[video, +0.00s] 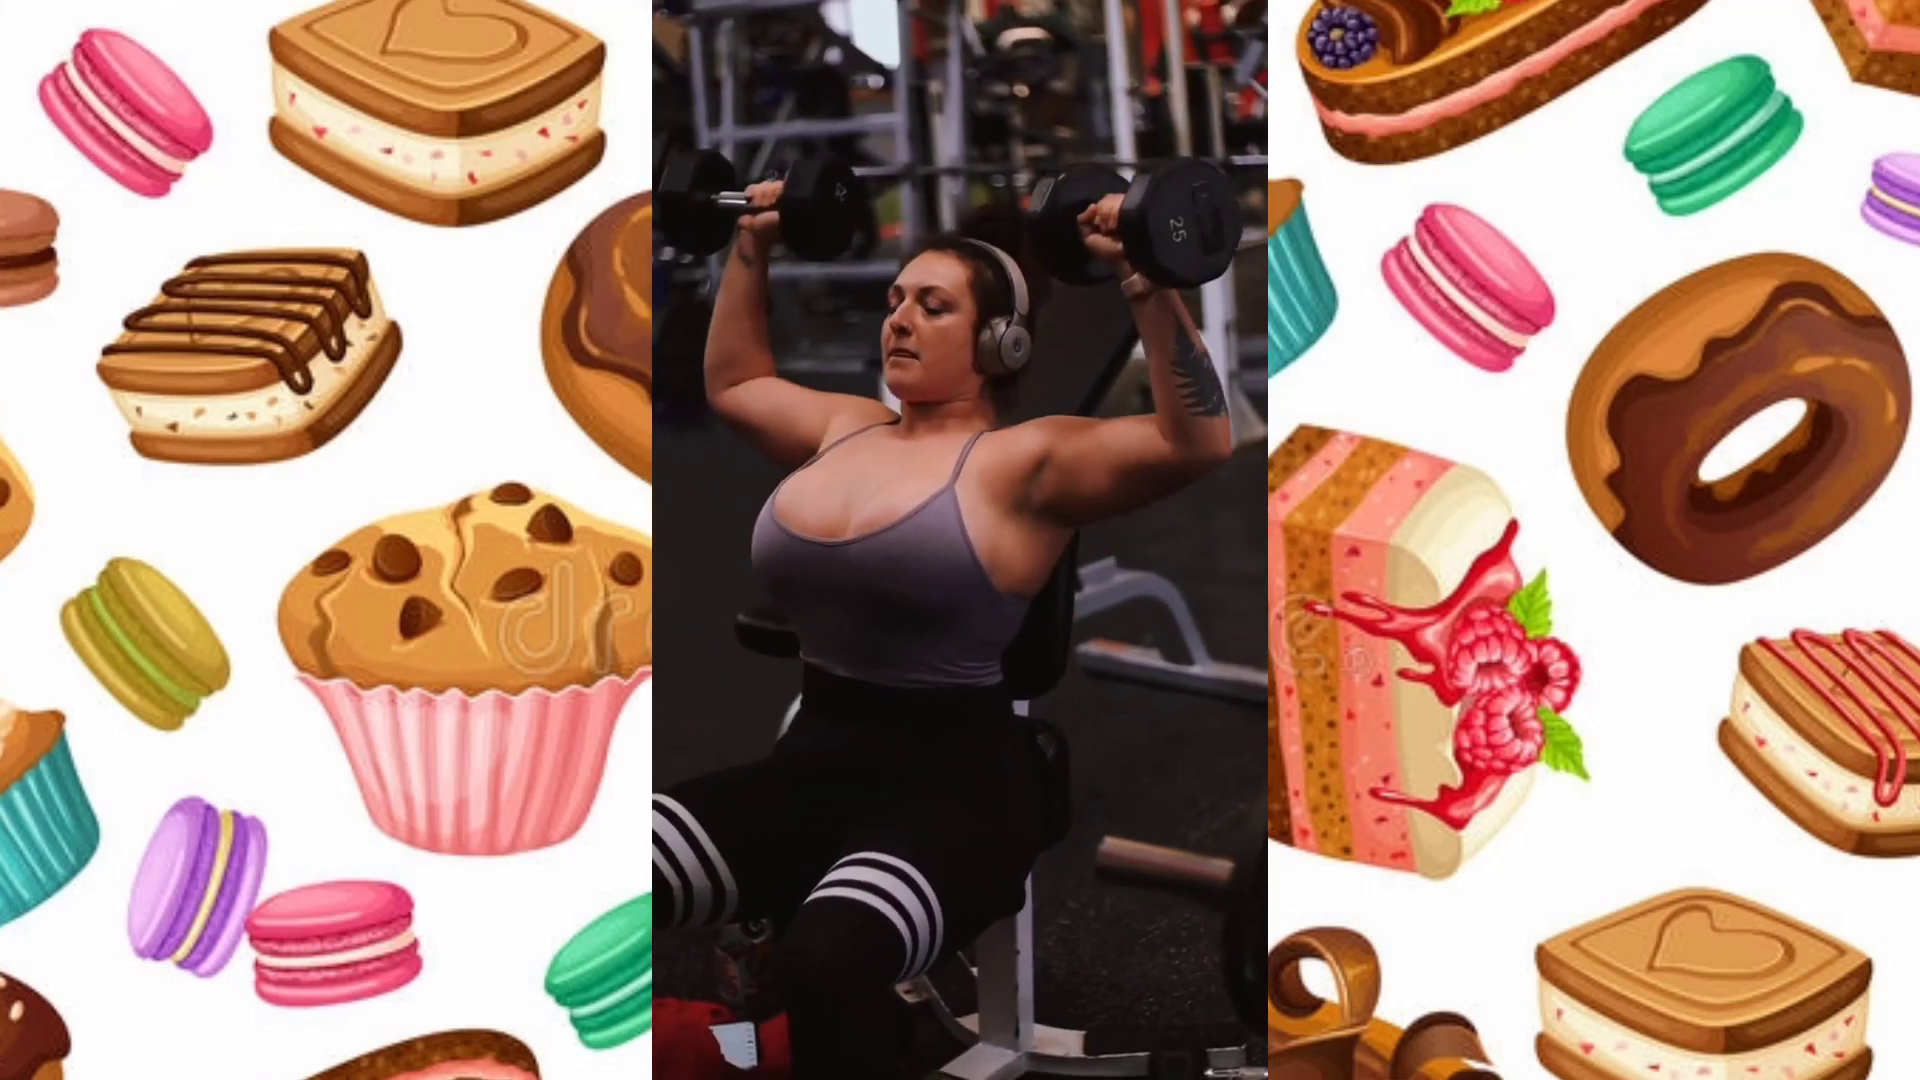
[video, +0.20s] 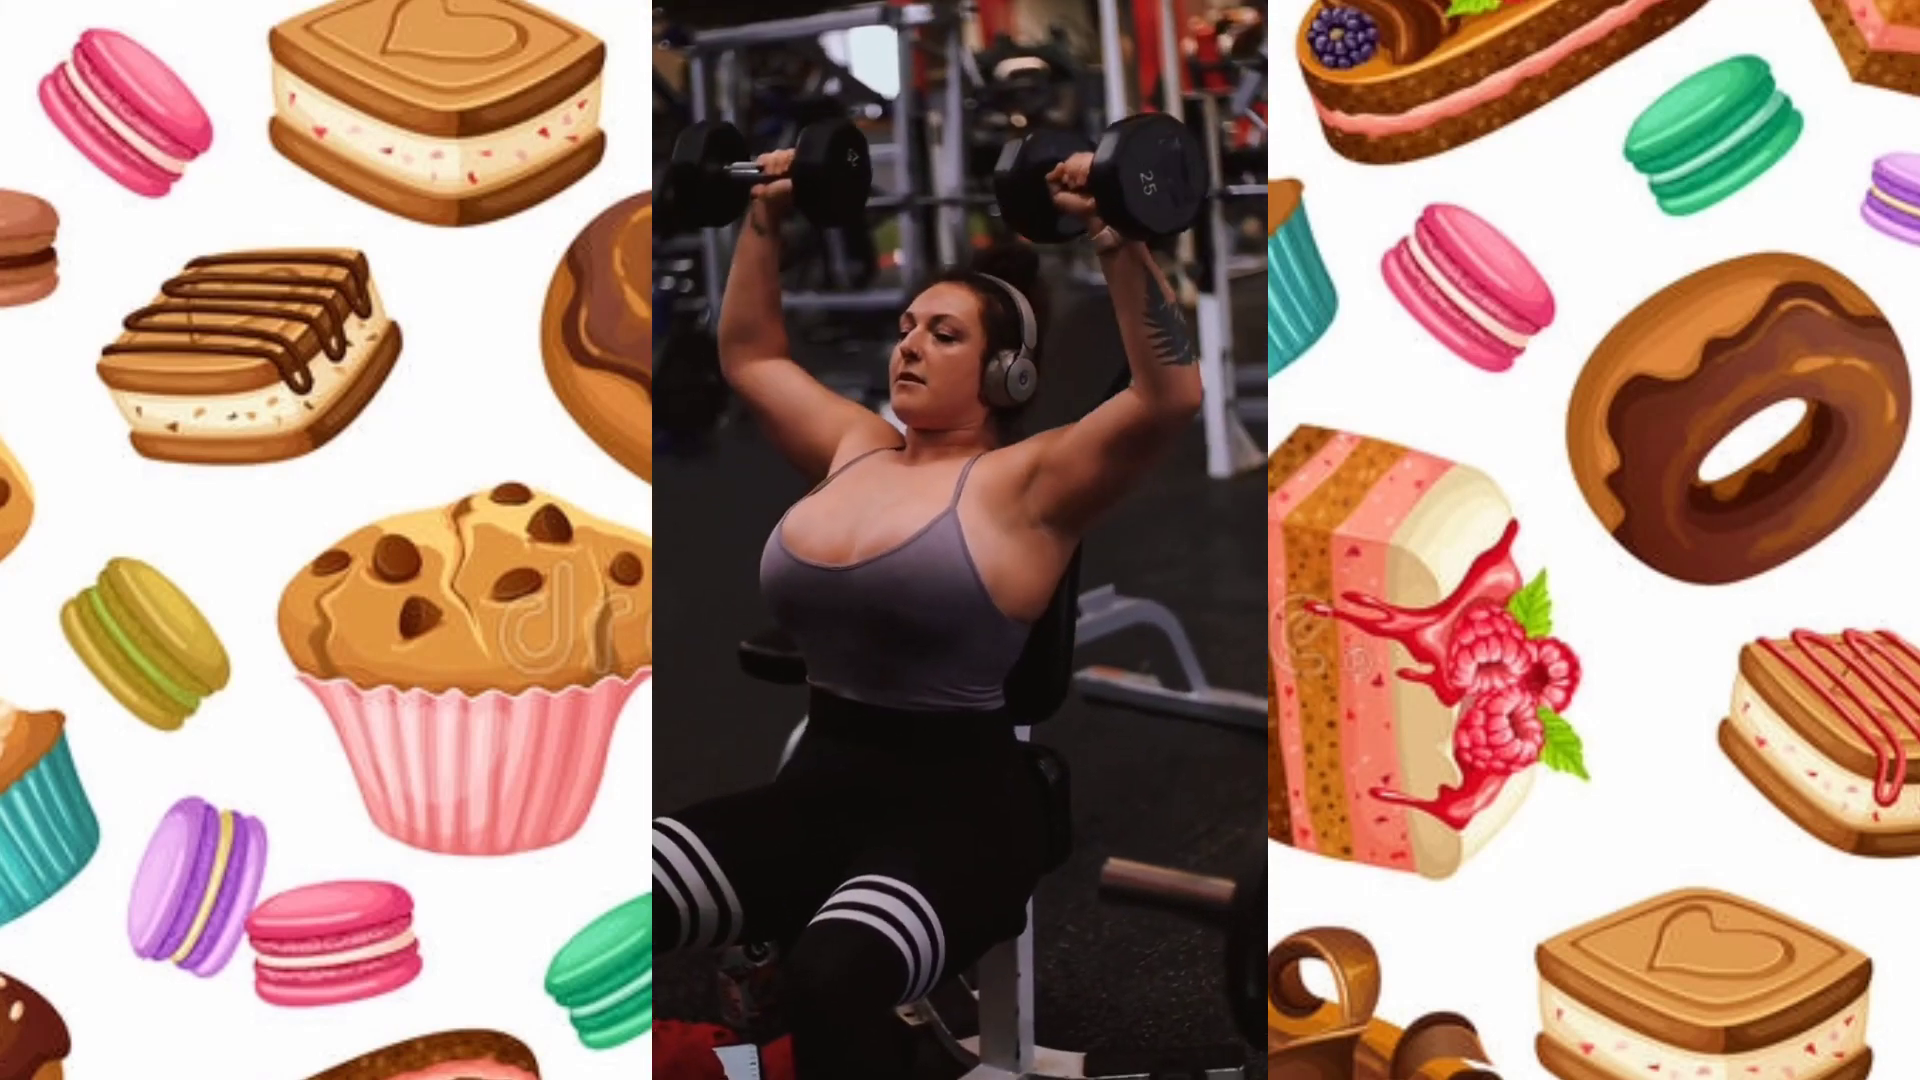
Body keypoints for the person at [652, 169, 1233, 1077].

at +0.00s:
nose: (898, 318)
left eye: (932, 304)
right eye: (894, 302)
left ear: (995, 340)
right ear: (882, 323)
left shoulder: (1027, 460)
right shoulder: (843, 427)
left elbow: (1197, 441)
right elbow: (736, 382)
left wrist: (1145, 280)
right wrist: (749, 248)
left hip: (961, 780)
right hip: (822, 762)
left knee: (822, 955)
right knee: (608, 869)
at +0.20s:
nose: (910, 345)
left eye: (944, 333)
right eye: (906, 328)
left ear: (1002, 372)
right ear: (889, 353)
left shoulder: (1031, 484)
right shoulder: (852, 447)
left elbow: (1169, 396)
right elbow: (748, 354)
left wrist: (1118, 237)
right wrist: (762, 217)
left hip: (960, 807)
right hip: (823, 790)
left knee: (832, 979)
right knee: (608, 898)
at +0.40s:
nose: (900, 386)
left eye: (932, 373)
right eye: (896, 369)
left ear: (992, 410)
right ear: (884, 390)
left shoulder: (1021, 515)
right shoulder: (852, 481)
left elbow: (1118, 379)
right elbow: (766, 351)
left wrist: (1072, 218)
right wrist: (775, 208)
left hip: (958, 841)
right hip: (822, 823)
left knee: (827, 1013)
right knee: (612, 935)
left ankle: (927, 1055)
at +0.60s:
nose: (883, 404)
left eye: (914, 390)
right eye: (878, 388)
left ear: (971, 419)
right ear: (864, 410)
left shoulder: (1004, 524)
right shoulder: (839, 493)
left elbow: (1045, 358)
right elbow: (779, 341)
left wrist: (1014, 191)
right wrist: (780, 183)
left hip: (943, 851)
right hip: (804, 834)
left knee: (811, 1025)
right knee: (606, 947)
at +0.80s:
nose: (891, 421)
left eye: (924, 406)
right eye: (886, 404)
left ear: (980, 433)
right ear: (870, 427)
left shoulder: (1007, 534)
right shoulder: (849, 508)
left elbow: (1020, 363)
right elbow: (809, 347)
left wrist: (1000, 192)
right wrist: (814, 185)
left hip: (945, 864)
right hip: (809, 848)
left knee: (815, 1036)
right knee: (603, 961)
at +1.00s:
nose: (894, 435)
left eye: (927, 421)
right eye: (889, 417)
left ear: (982, 447)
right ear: (873, 438)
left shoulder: (1011, 549)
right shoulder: (853, 523)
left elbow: (1023, 377)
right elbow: (818, 362)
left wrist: (999, 208)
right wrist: (829, 200)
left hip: (946, 880)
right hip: (812, 864)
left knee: (825, 1043)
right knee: (606, 974)